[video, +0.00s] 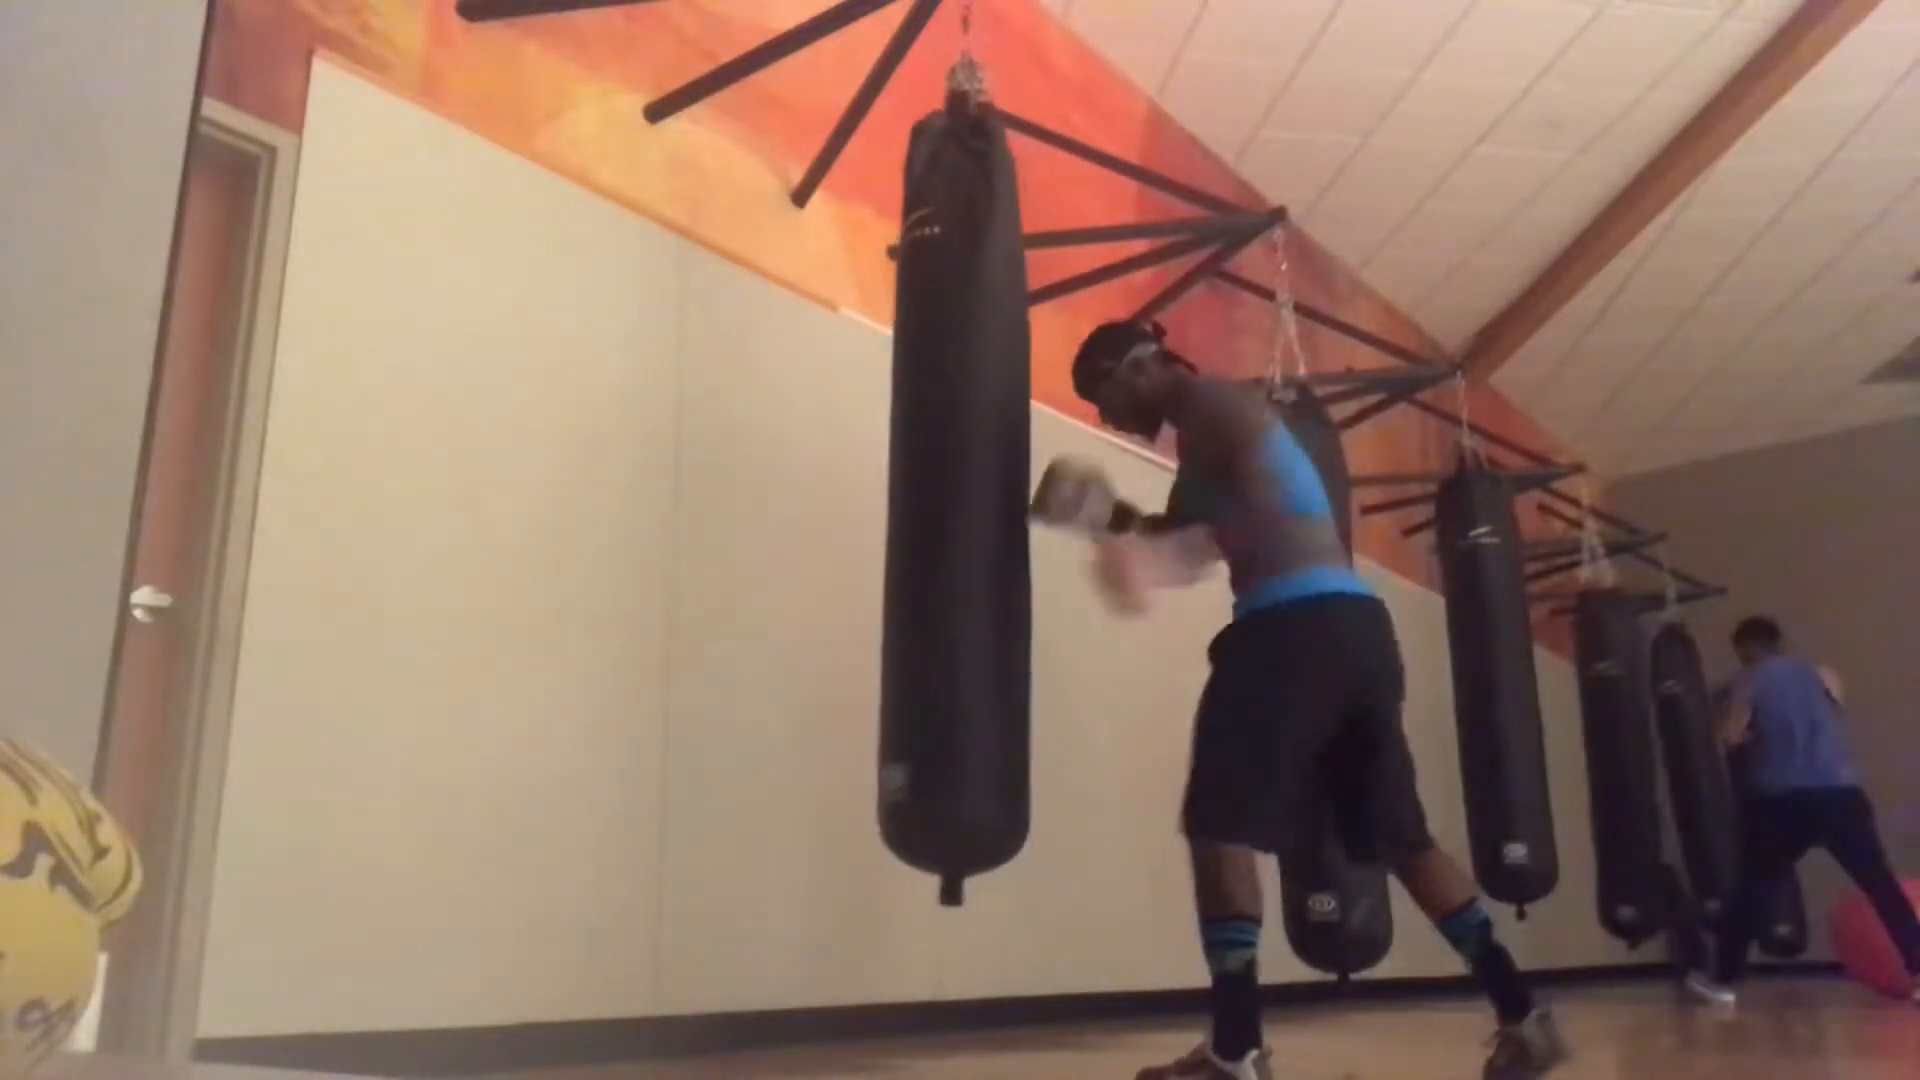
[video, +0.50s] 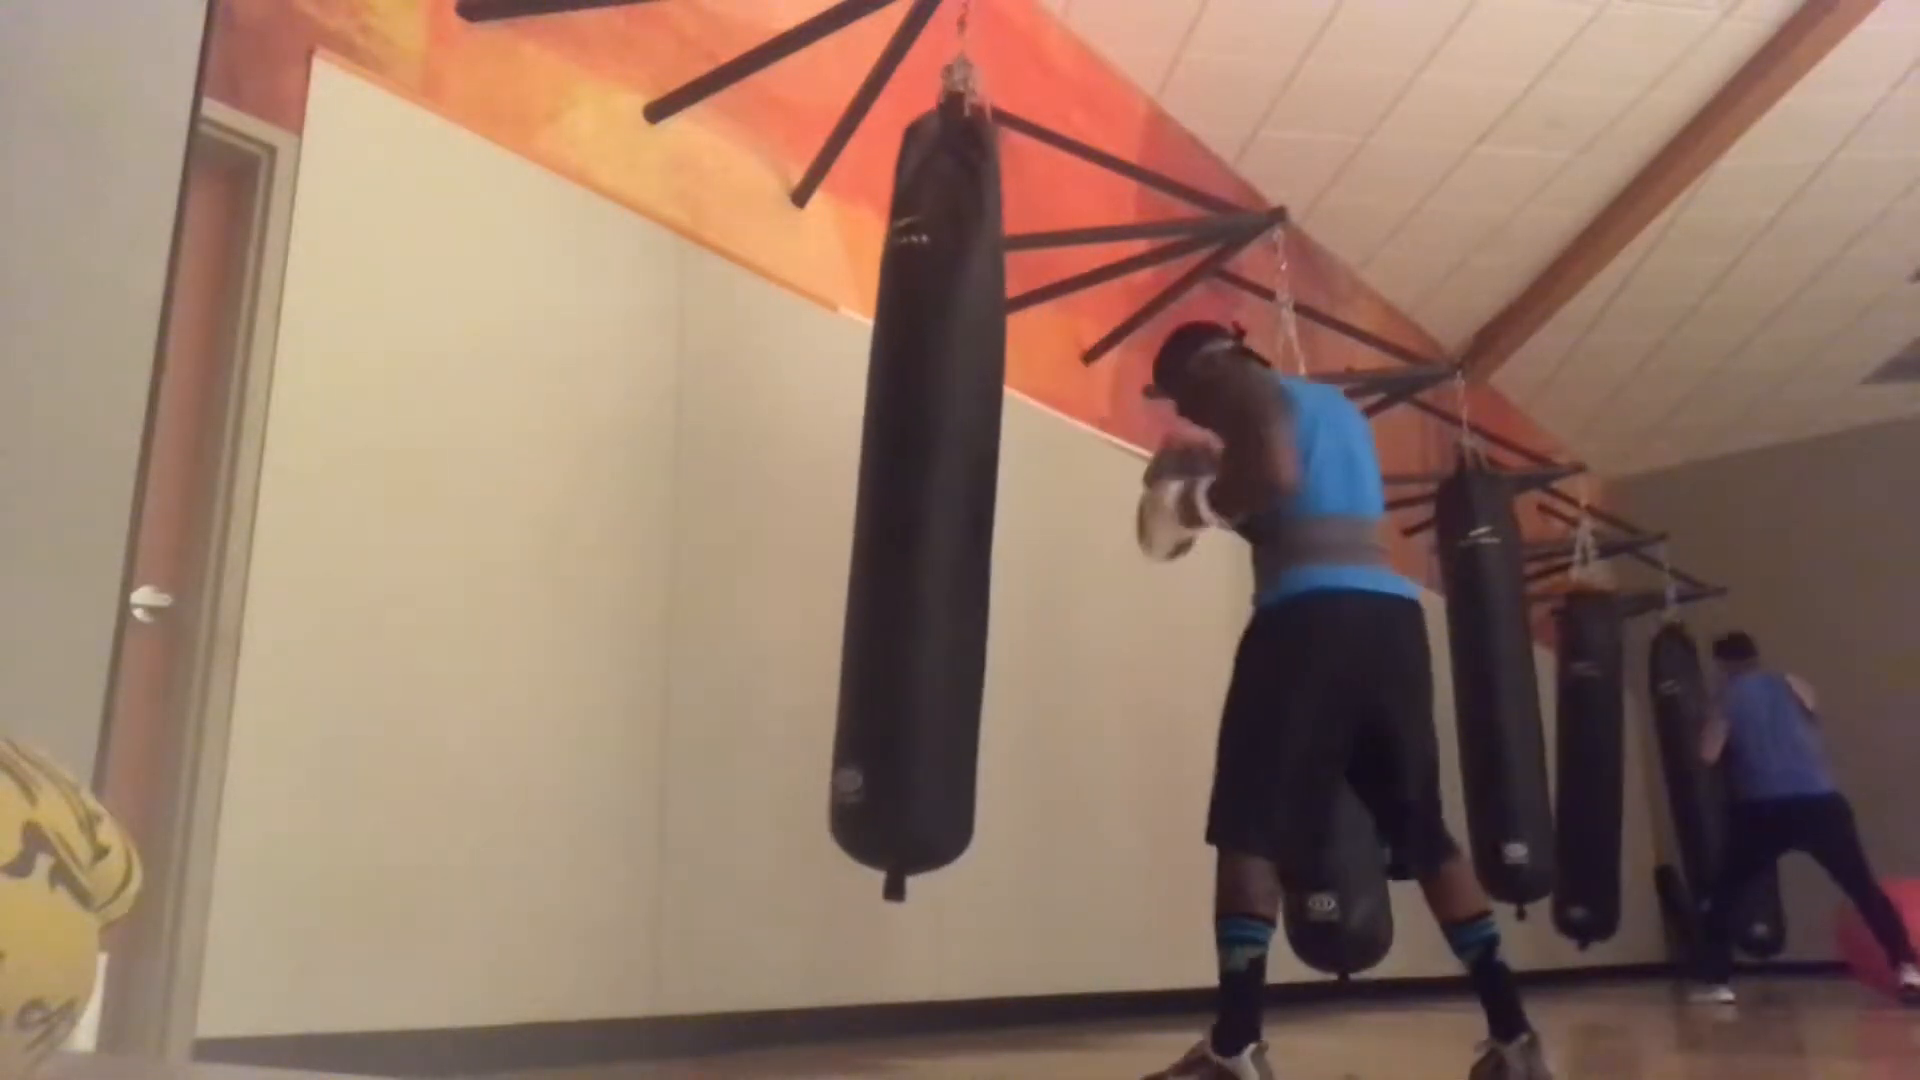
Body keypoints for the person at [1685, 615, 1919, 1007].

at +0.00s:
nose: (1740, 658)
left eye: (1740, 652)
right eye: (1741, 652)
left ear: (1745, 650)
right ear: (1779, 642)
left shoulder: (1748, 682)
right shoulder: (1817, 672)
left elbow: (1730, 735)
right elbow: (1836, 703)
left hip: (1782, 801)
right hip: (1840, 796)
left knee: (1752, 887)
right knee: (1880, 882)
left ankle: (1724, 980)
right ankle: (1918, 968)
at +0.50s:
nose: (1724, 669)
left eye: (1722, 664)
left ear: (1722, 664)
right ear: (1756, 657)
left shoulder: (1727, 698)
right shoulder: (1788, 683)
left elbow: (1709, 752)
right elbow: (1813, 714)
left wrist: (1718, 711)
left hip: (1764, 810)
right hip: (1819, 804)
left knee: (1726, 891)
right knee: (1862, 886)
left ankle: (1718, 980)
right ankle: (1906, 963)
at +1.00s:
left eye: (1721, 650)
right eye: (1734, 645)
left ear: (1715, 652)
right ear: (1749, 643)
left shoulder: (1714, 690)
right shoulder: (1776, 668)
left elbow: (1671, 723)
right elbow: (1807, 695)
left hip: (1762, 794)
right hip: (1815, 785)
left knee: (1735, 878)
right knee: (1863, 873)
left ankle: (1712, 968)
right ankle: (1906, 960)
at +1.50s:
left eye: (1727, 649)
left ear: (1720, 651)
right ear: (1755, 645)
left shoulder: (1712, 686)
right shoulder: (1781, 672)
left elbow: (1667, 701)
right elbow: (1806, 695)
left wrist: (1634, 702)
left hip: (1763, 792)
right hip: (1817, 783)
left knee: (1738, 878)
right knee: (1863, 867)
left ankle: (1715, 970)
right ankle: (1894, 955)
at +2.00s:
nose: (1761, 650)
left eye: (1756, 644)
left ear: (1754, 645)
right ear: (1793, 636)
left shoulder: (1745, 685)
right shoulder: (1827, 667)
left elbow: (1743, 748)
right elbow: (1847, 704)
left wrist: (1775, 758)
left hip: (1788, 796)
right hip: (1849, 789)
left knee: (1771, 889)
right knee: (1880, 882)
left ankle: (1760, 983)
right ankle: (1904, 978)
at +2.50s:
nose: (1739, 656)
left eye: (1737, 650)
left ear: (1733, 651)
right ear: (1769, 639)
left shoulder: (1729, 692)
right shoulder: (1804, 666)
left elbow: (1721, 756)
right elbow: (1830, 706)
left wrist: (1758, 763)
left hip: (1782, 798)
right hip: (1839, 790)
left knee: (1769, 887)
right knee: (1886, 880)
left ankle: (1759, 982)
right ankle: (1914, 974)